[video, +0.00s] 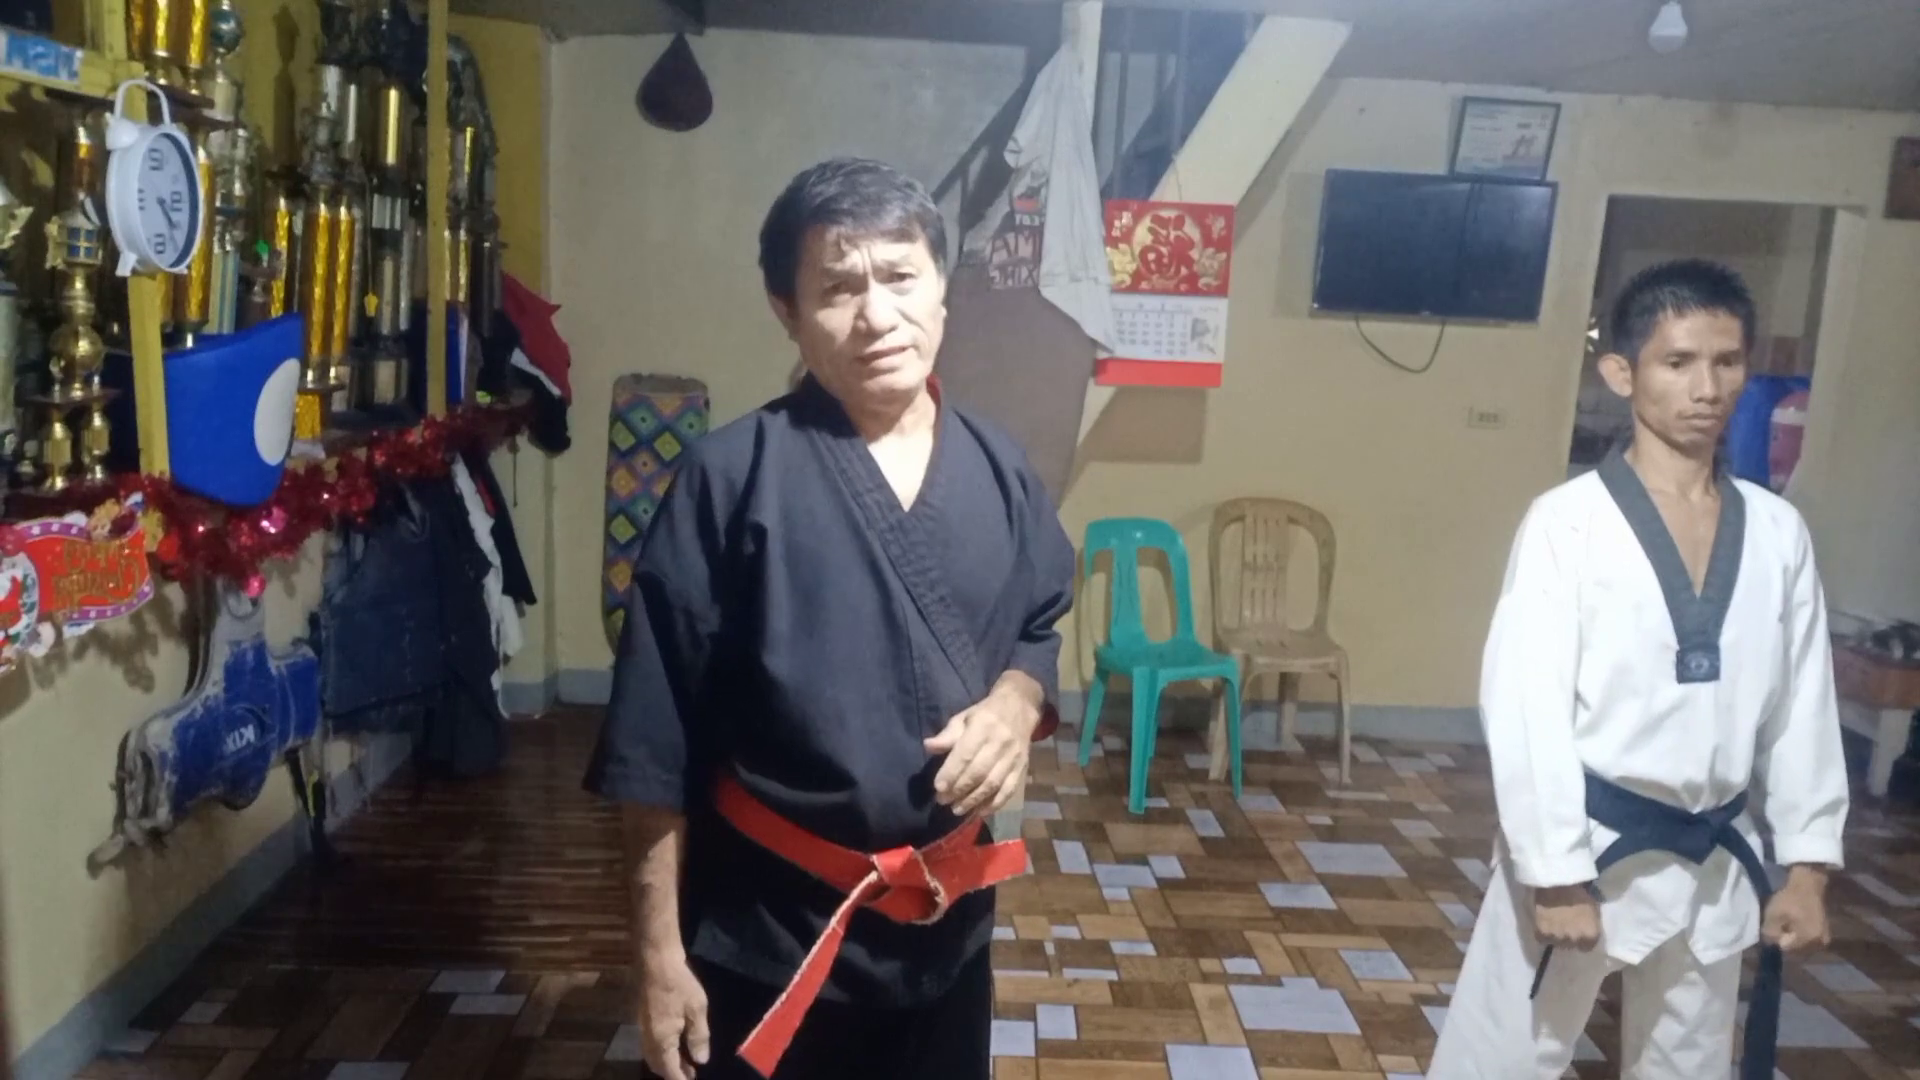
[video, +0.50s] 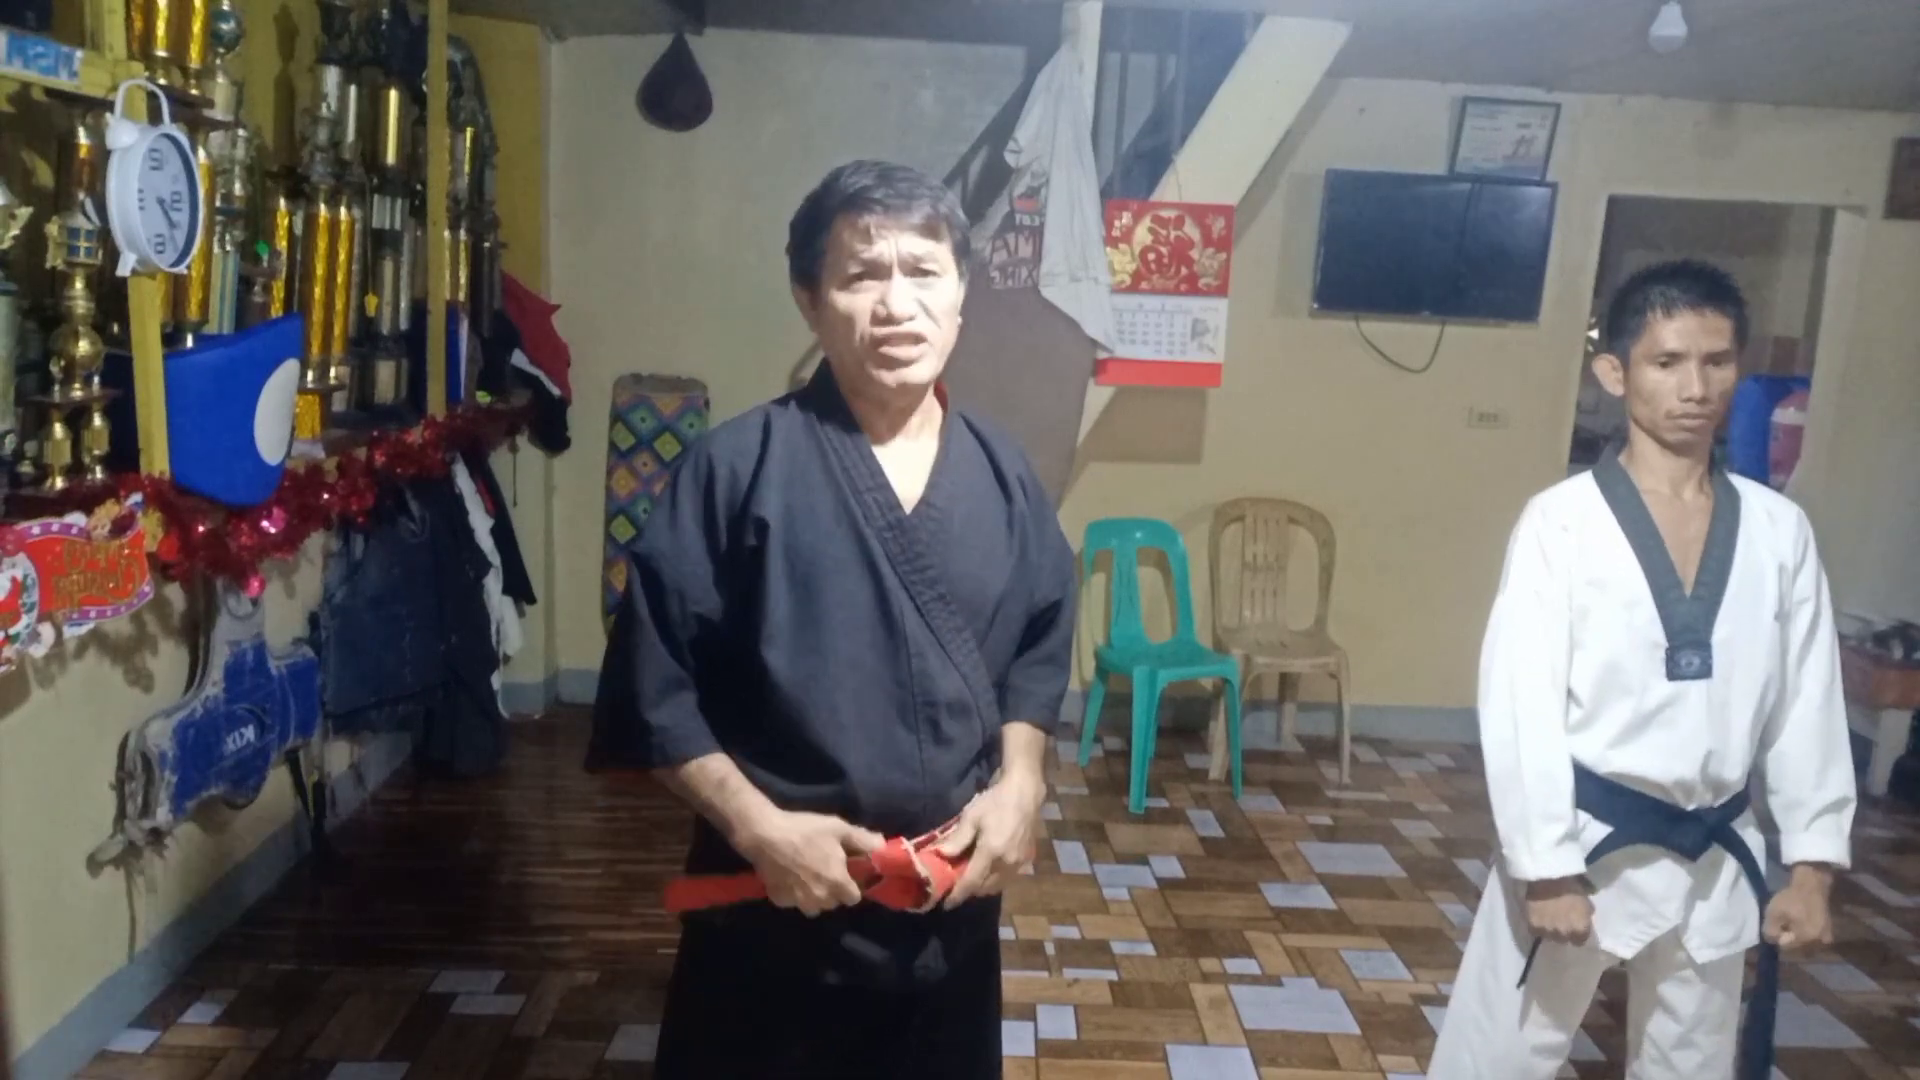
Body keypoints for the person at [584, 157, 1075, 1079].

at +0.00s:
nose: (877, 313)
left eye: (900, 278)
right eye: (840, 289)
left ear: (943, 289)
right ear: (788, 316)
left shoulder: (995, 465)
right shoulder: (726, 478)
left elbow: (1038, 624)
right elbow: (653, 726)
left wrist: (1014, 708)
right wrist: (659, 954)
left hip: (947, 923)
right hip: (772, 933)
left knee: (944, 1069)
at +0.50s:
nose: (899, 303)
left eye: (924, 273)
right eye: (864, 276)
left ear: (962, 293)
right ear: (811, 303)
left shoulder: (1004, 474)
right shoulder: (732, 469)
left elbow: (1039, 644)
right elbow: (648, 682)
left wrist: (1020, 785)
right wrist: (759, 826)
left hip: (951, 926)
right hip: (771, 926)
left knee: (951, 1071)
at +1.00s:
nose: (887, 302)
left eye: (912, 271)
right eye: (853, 277)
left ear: (953, 291)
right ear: (805, 309)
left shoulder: (1000, 470)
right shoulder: (740, 464)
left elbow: (1032, 658)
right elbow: (668, 693)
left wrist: (1014, 814)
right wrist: (802, 840)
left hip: (953, 931)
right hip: (776, 931)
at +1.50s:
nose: (897, 310)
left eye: (920, 277)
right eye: (861, 286)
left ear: (961, 292)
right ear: (815, 315)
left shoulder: (1009, 465)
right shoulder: (752, 465)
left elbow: (1043, 656)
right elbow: (686, 689)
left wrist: (1021, 813)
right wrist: (799, 851)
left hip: (960, 926)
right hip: (789, 931)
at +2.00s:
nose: (897, 321)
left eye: (921, 286)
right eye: (862, 294)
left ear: (961, 296)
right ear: (816, 314)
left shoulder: (1010, 465)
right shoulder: (751, 464)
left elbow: (1077, 627)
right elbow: (679, 692)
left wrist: (1040, 662)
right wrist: (786, 853)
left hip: (956, 908)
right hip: (780, 907)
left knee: (956, 1071)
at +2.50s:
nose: (876, 316)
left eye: (904, 284)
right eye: (844, 290)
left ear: (957, 297)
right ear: (809, 313)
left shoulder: (1006, 472)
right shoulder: (733, 468)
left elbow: (1054, 694)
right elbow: (662, 686)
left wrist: (996, 632)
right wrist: (754, 859)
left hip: (939, 902)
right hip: (755, 903)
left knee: (941, 1070)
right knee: (746, 1075)